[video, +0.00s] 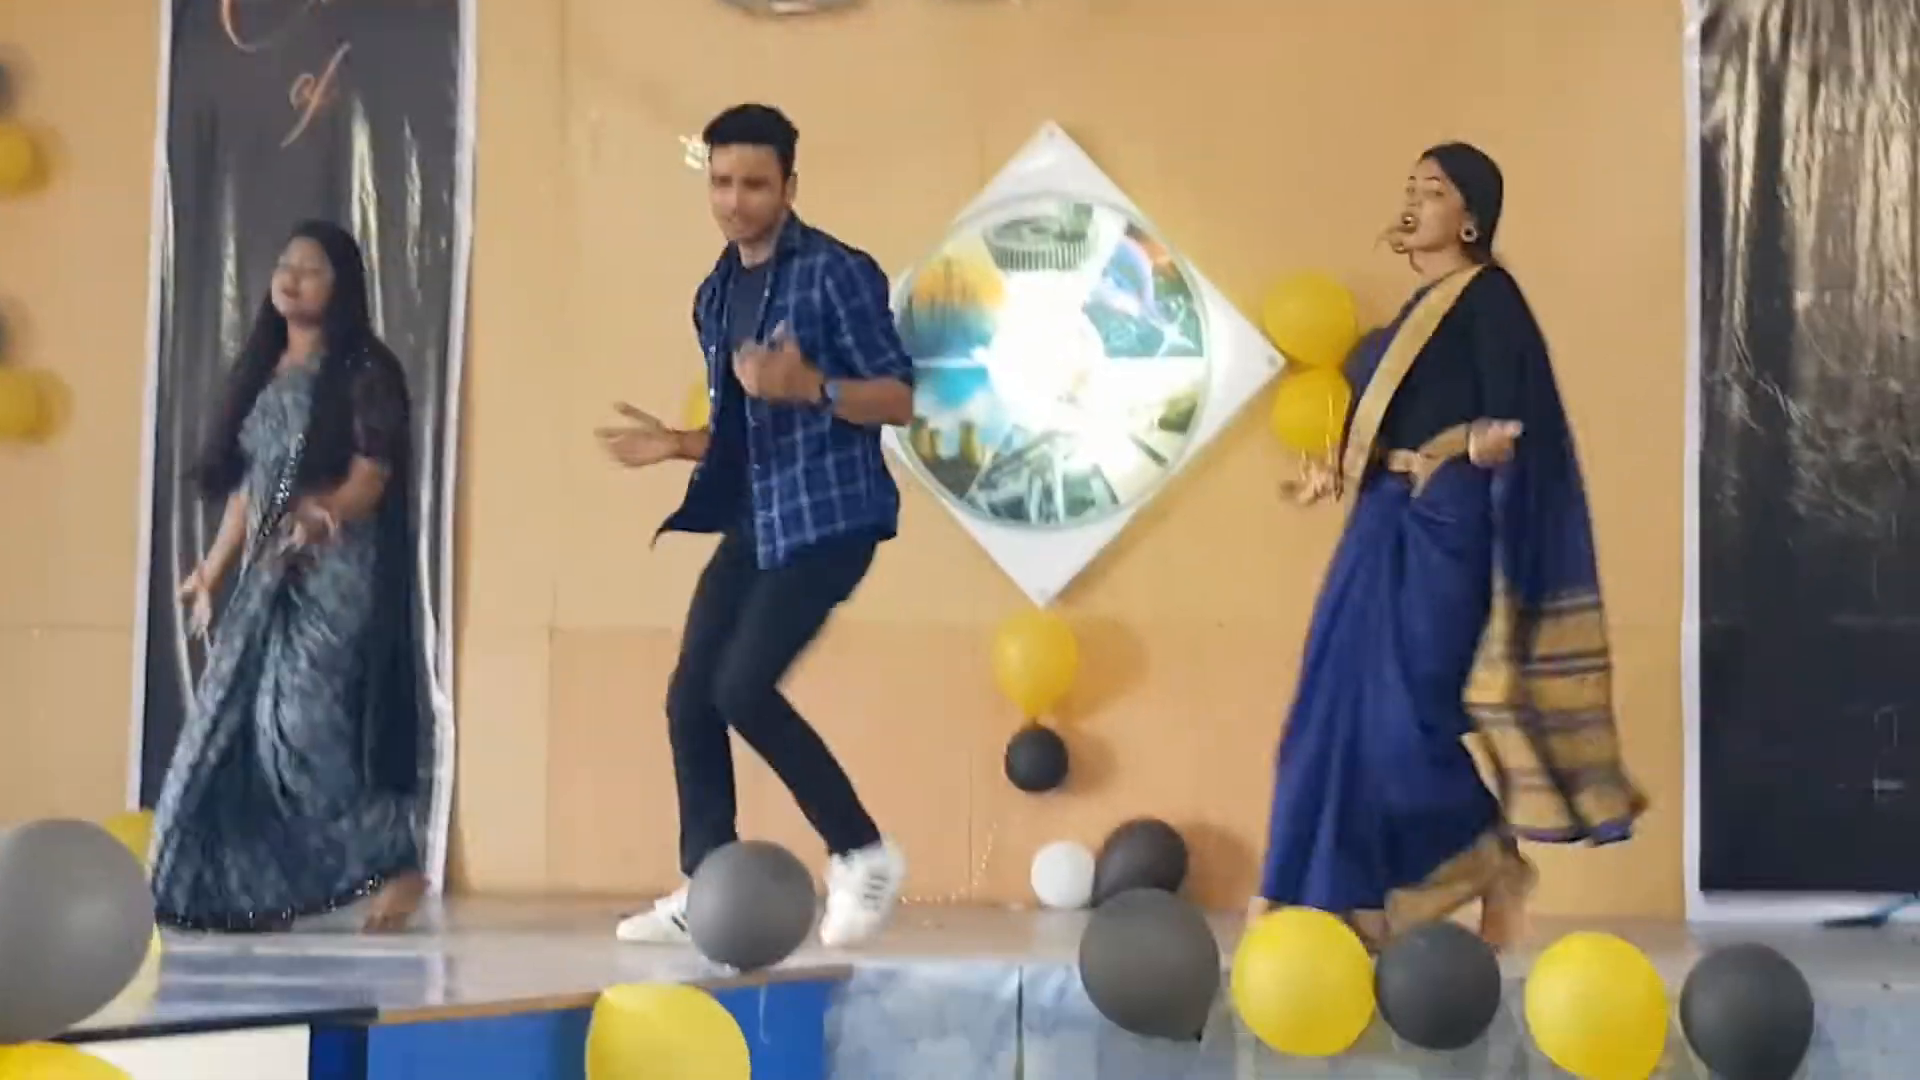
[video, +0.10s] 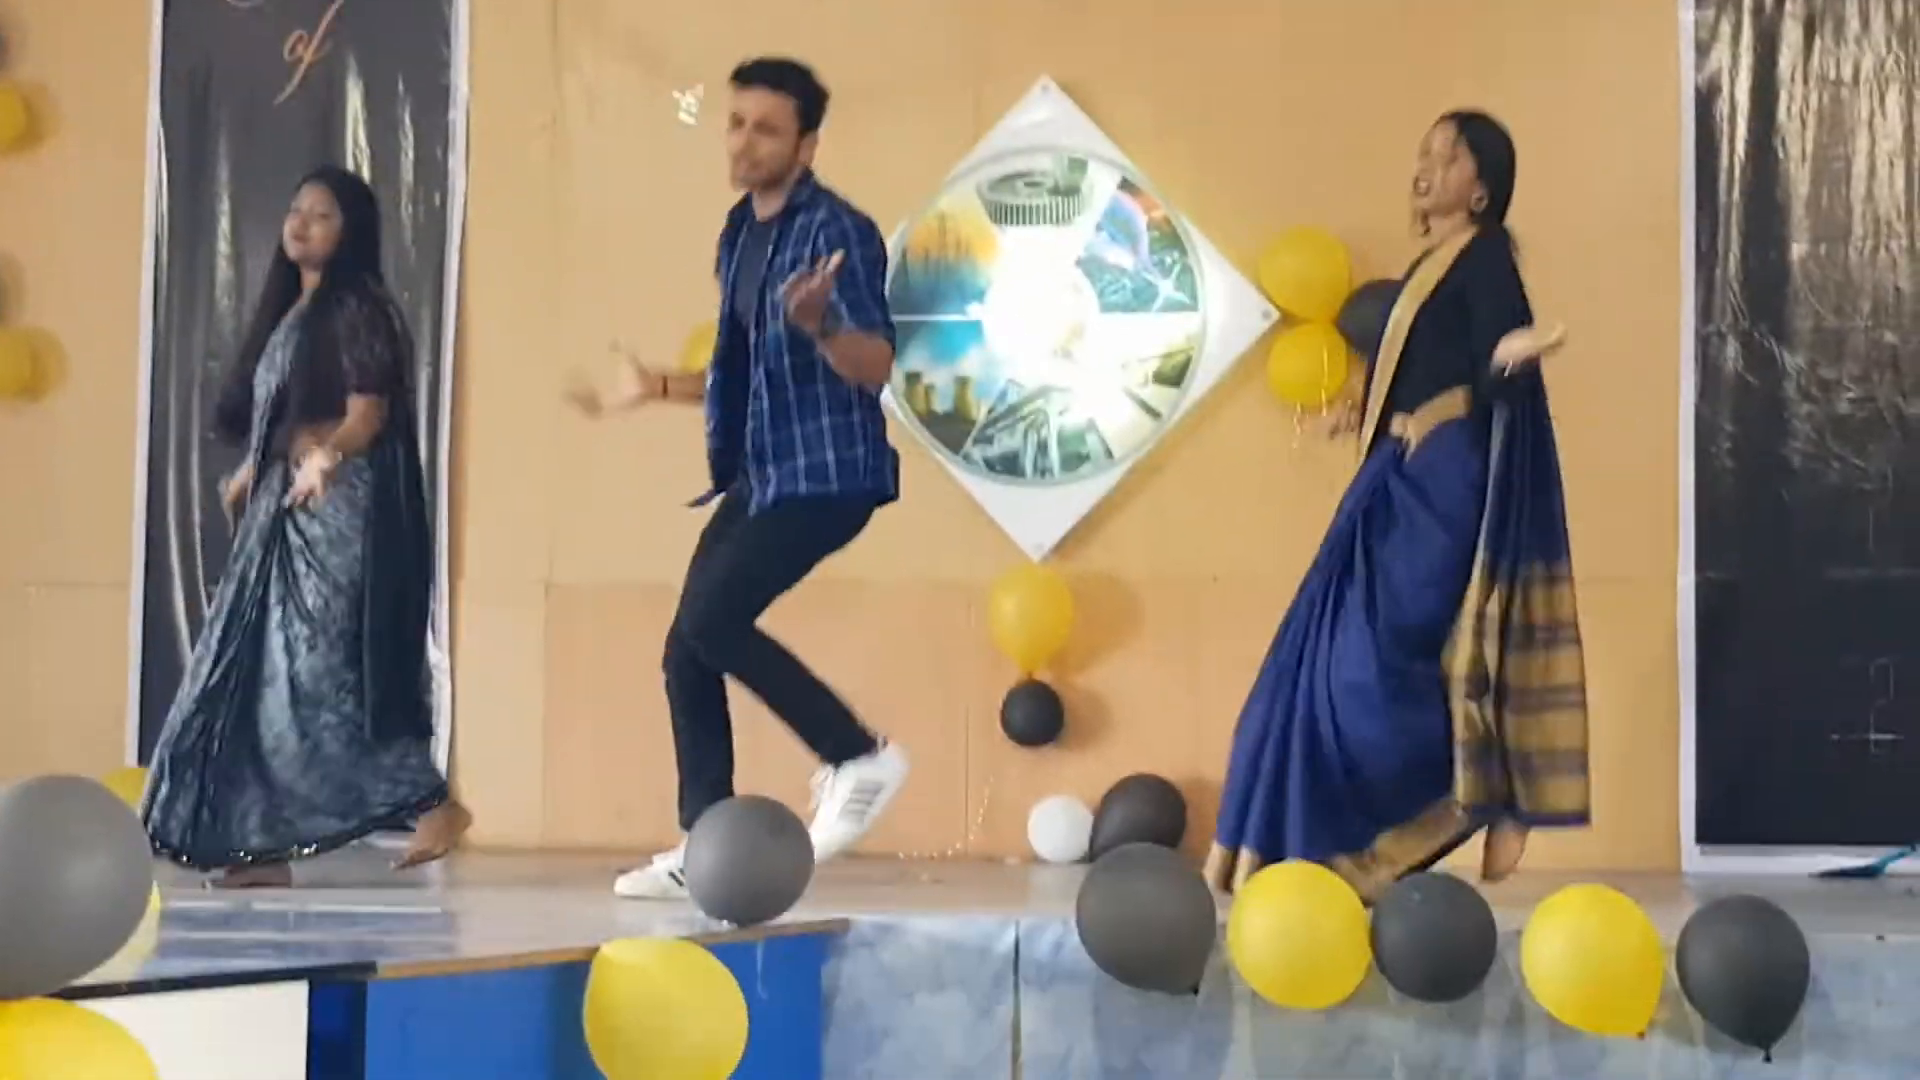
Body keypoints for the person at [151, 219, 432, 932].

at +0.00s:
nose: (293, 283)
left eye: (311, 272)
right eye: (285, 270)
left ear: (342, 285)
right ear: (272, 280)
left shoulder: (368, 368)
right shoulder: (262, 369)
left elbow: (375, 470)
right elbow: (249, 486)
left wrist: (332, 512)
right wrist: (212, 569)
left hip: (337, 566)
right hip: (264, 563)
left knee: (299, 716)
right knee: (231, 715)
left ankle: (391, 867)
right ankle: (255, 893)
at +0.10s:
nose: (299, 225)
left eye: (319, 216)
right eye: (295, 213)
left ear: (349, 232)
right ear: (285, 225)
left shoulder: (360, 306)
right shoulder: (287, 310)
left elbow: (372, 407)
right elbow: (285, 413)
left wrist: (329, 454)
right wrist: (253, 470)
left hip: (341, 509)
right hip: (283, 507)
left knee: (327, 671)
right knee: (257, 670)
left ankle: (431, 805)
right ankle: (263, 848)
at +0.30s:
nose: (337, 203)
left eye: (354, 195)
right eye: (339, 192)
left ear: (390, 209)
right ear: (344, 201)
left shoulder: (386, 281)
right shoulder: (341, 275)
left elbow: (375, 392)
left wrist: (328, 395)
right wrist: (305, 394)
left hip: (356, 472)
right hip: (316, 467)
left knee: (367, 641)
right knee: (273, 637)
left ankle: (459, 806)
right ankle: (252, 809)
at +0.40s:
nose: (365, 220)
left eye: (380, 211)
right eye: (366, 209)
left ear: (417, 223)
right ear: (378, 222)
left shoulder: (418, 300)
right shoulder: (385, 295)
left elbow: (387, 400)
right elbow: (370, 396)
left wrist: (328, 388)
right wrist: (335, 409)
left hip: (394, 492)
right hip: (365, 488)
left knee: (368, 654)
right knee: (344, 651)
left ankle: (459, 825)